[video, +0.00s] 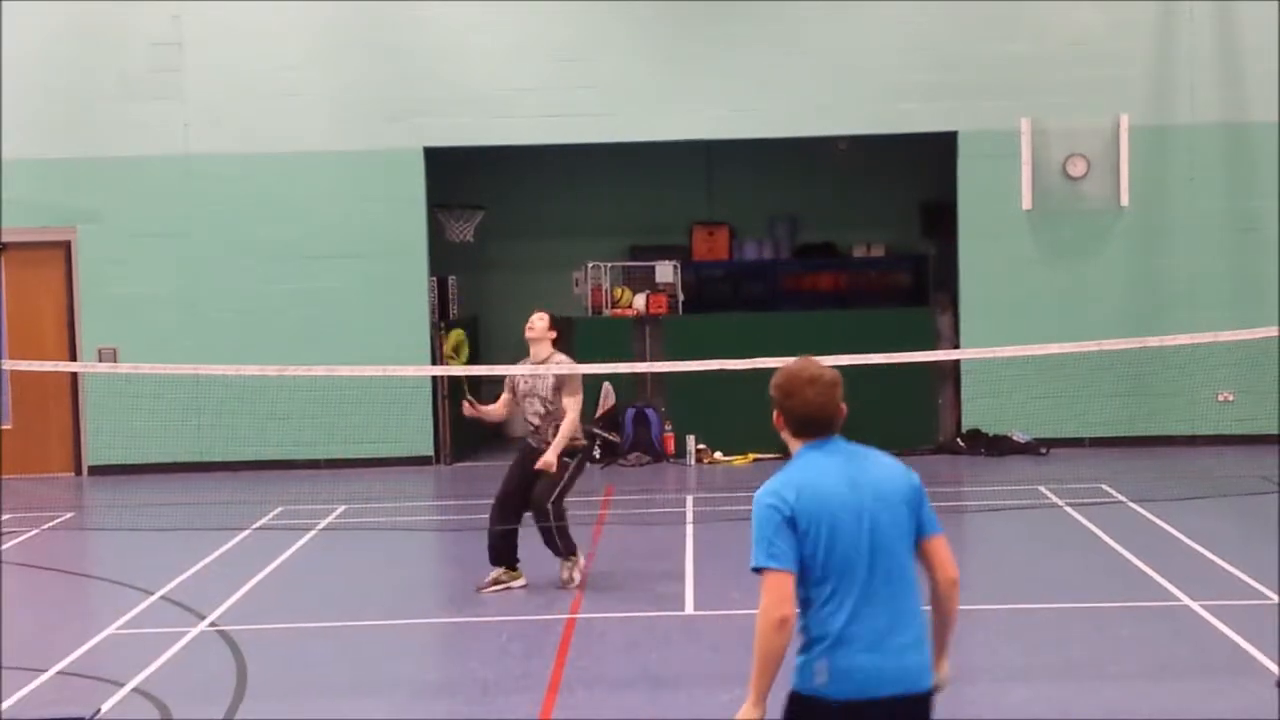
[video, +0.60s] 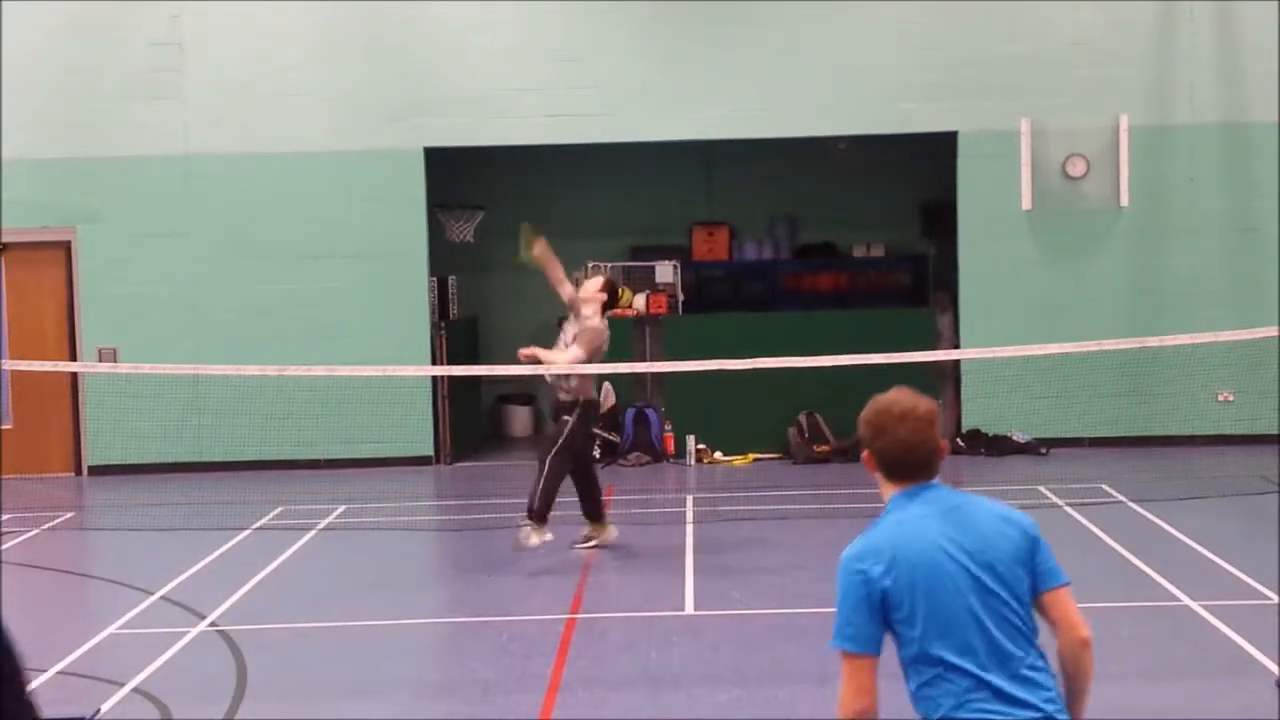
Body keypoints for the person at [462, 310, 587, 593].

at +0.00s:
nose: (530, 322)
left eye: (538, 320)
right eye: (529, 319)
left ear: (552, 334)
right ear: (526, 331)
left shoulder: (565, 366)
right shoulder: (519, 369)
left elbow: (573, 416)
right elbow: (502, 410)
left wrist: (553, 451)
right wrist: (479, 411)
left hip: (568, 446)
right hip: (535, 445)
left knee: (543, 500)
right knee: (506, 501)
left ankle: (569, 557)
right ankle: (507, 569)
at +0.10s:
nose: (537, 311)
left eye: (546, 308)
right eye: (538, 307)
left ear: (559, 321)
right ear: (536, 319)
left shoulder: (565, 352)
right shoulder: (525, 355)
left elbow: (568, 397)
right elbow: (519, 398)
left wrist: (538, 424)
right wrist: (496, 420)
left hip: (556, 440)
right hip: (525, 437)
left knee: (533, 504)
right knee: (507, 499)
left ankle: (560, 543)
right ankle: (505, 566)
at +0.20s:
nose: (554, 293)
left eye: (563, 292)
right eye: (557, 290)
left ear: (572, 307)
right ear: (553, 305)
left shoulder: (573, 336)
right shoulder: (538, 338)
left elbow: (563, 375)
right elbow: (529, 386)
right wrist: (511, 425)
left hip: (555, 422)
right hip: (526, 418)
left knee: (534, 489)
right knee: (507, 482)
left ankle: (544, 550)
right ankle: (495, 549)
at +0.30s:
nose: (563, 284)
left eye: (571, 282)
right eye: (567, 281)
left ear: (581, 295)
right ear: (570, 293)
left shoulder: (576, 322)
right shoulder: (555, 324)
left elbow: (568, 345)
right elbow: (547, 361)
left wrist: (531, 333)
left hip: (555, 413)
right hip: (531, 410)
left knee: (543, 482)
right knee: (503, 469)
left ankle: (548, 551)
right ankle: (514, 530)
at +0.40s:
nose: (583, 266)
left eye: (591, 267)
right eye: (587, 264)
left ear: (596, 284)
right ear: (581, 279)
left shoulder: (589, 310)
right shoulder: (553, 301)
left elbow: (582, 332)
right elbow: (534, 322)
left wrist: (548, 316)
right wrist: (540, 316)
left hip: (561, 389)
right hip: (534, 385)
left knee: (553, 462)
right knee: (524, 452)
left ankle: (542, 536)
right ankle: (550, 515)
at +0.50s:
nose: (587, 267)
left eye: (594, 268)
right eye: (590, 265)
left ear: (601, 283)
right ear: (588, 278)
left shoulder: (594, 317)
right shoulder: (567, 290)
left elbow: (570, 337)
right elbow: (554, 259)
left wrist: (530, 336)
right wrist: (547, 227)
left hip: (567, 392)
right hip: (548, 388)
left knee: (551, 454)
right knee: (564, 451)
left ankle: (536, 522)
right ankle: (580, 507)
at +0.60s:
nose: (584, 283)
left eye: (591, 282)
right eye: (586, 280)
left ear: (602, 297)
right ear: (589, 293)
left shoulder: (596, 329)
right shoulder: (576, 310)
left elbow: (570, 359)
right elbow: (560, 280)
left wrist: (538, 353)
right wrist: (545, 255)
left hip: (581, 406)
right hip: (567, 403)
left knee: (554, 458)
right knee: (581, 464)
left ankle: (535, 522)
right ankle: (599, 524)